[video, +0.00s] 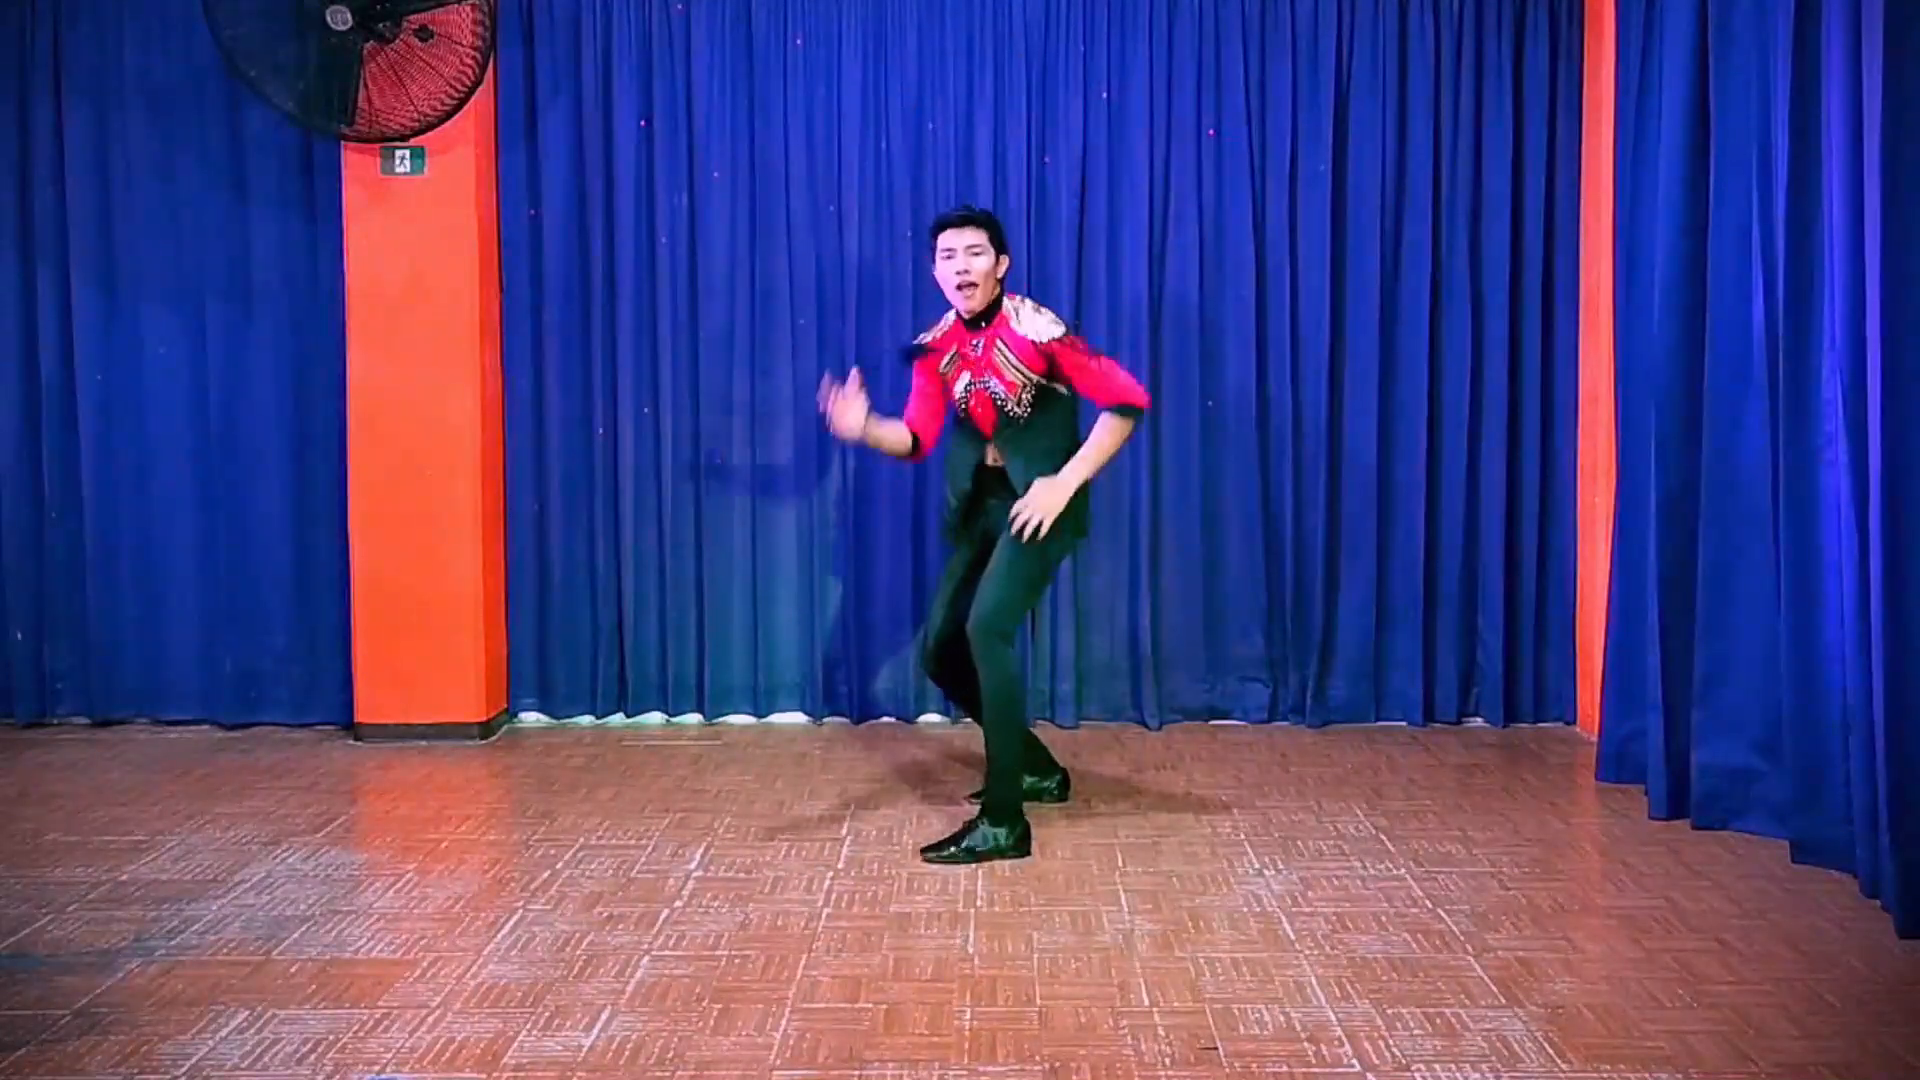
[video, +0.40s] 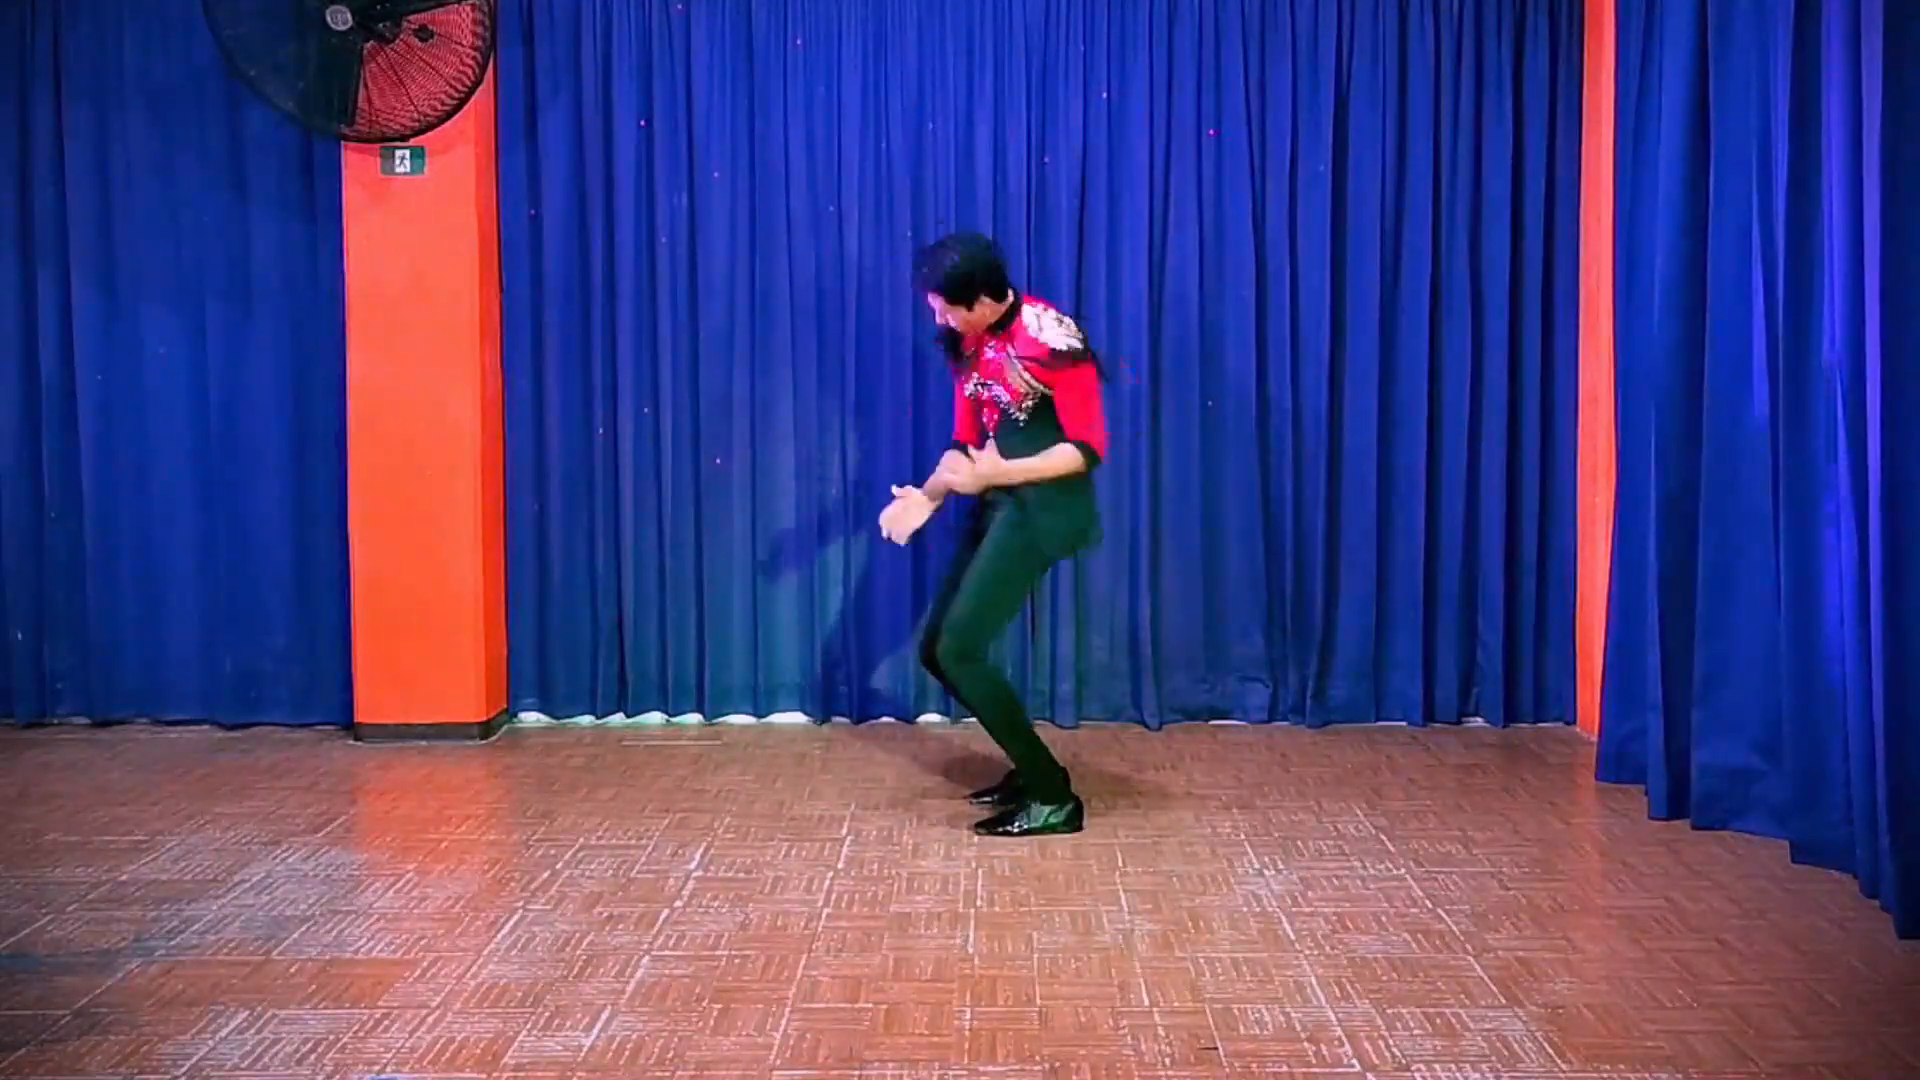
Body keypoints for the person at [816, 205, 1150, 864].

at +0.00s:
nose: (960, 268)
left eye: (974, 253)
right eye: (947, 256)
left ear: (1001, 264)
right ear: (934, 271)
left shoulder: (1036, 332)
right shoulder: (937, 351)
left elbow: (1127, 403)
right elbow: (915, 439)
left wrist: (1065, 481)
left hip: (1044, 504)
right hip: (984, 509)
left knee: (989, 629)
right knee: (942, 652)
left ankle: (1003, 820)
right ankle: (1038, 767)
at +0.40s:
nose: (941, 319)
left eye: (946, 307)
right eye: (937, 308)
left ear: (983, 298)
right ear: (973, 298)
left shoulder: (1051, 336)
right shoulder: (974, 349)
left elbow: (1086, 449)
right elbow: (970, 447)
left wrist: (996, 473)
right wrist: (927, 495)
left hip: (1048, 508)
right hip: (1004, 505)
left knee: (958, 649)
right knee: (938, 650)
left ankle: (1053, 797)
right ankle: (1031, 773)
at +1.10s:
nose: (948, 260)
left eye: (960, 249)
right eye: (948, 247)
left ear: (1002, 256)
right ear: (989, 256)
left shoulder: (1018, 322)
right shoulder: (1005, 298)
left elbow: (901, 360)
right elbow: (1025, 397)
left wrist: (899, 294)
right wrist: (1000, 463)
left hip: (1061, 499)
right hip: (1032, 490)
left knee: (977, 639)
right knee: (957, 615)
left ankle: (1052, 801)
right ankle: (1042, 746)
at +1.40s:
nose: (932, 356)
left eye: (924, 341)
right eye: (923, 347)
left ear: (936, 313)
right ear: (958, 306)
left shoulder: (999, 345)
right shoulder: (1013, 320)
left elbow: (1047, 428)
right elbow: (1021, 424)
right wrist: (974, 460)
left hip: (1065, 510)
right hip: (1070, 501)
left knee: (969, 641)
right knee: (977, 635)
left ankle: (1050, 790)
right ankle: (1051, 775)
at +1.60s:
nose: (948, 303)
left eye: (957, 283)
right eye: (936, 291)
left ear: (992, 268)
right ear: (929, 287)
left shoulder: (1043, 318)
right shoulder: (982, 336)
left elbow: (1137, 369)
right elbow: (984, 408)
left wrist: (1101, 467)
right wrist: (988, 463)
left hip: (1073, 497)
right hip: (1029, 496)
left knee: (984, 620)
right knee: (970, 634)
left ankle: (1049, 793)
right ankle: (1050, 772)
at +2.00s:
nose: (973, 264)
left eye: (986, 250)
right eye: (959, 252)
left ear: (1011, 255)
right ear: (945, 260)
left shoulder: (1046, 317)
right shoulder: (947, 324)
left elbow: (1154, 331)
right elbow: (881, 389)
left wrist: (1128, 428)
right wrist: (931, 356)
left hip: (1060, 483)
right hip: (1003, 485)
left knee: (1004, 631)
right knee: (966, 643)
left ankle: (1035, 822)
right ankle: (1056, 771)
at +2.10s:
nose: (967, 254)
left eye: (981, 240)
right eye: (954, 242)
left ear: (1006, 247)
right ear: (940, 251)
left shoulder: (1045, 298)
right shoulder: (947, 312)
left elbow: (1140, 318)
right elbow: (877, 357)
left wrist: (1104, 417)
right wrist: (945, 394)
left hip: (1053, 478)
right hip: (996, 480)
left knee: (950, 623)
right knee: (974, 639)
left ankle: (993, 802)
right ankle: (1057, 771)